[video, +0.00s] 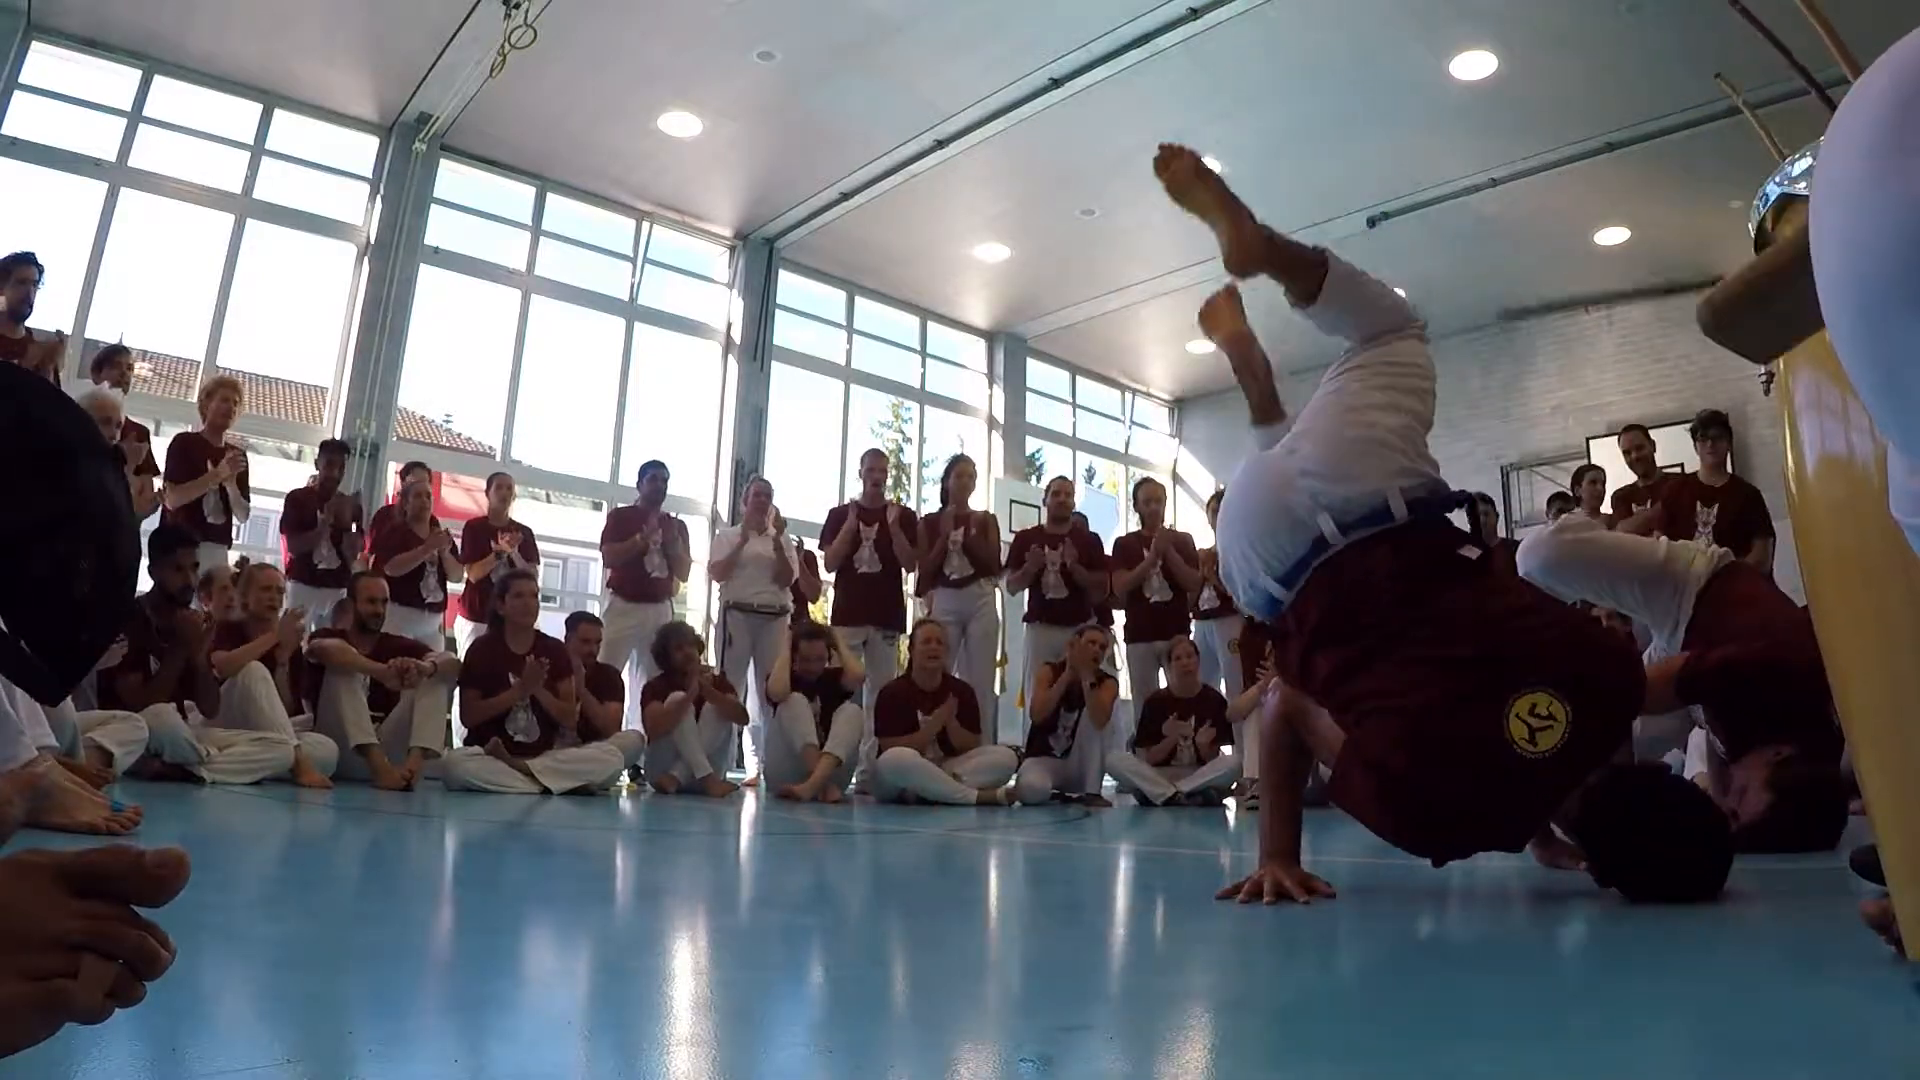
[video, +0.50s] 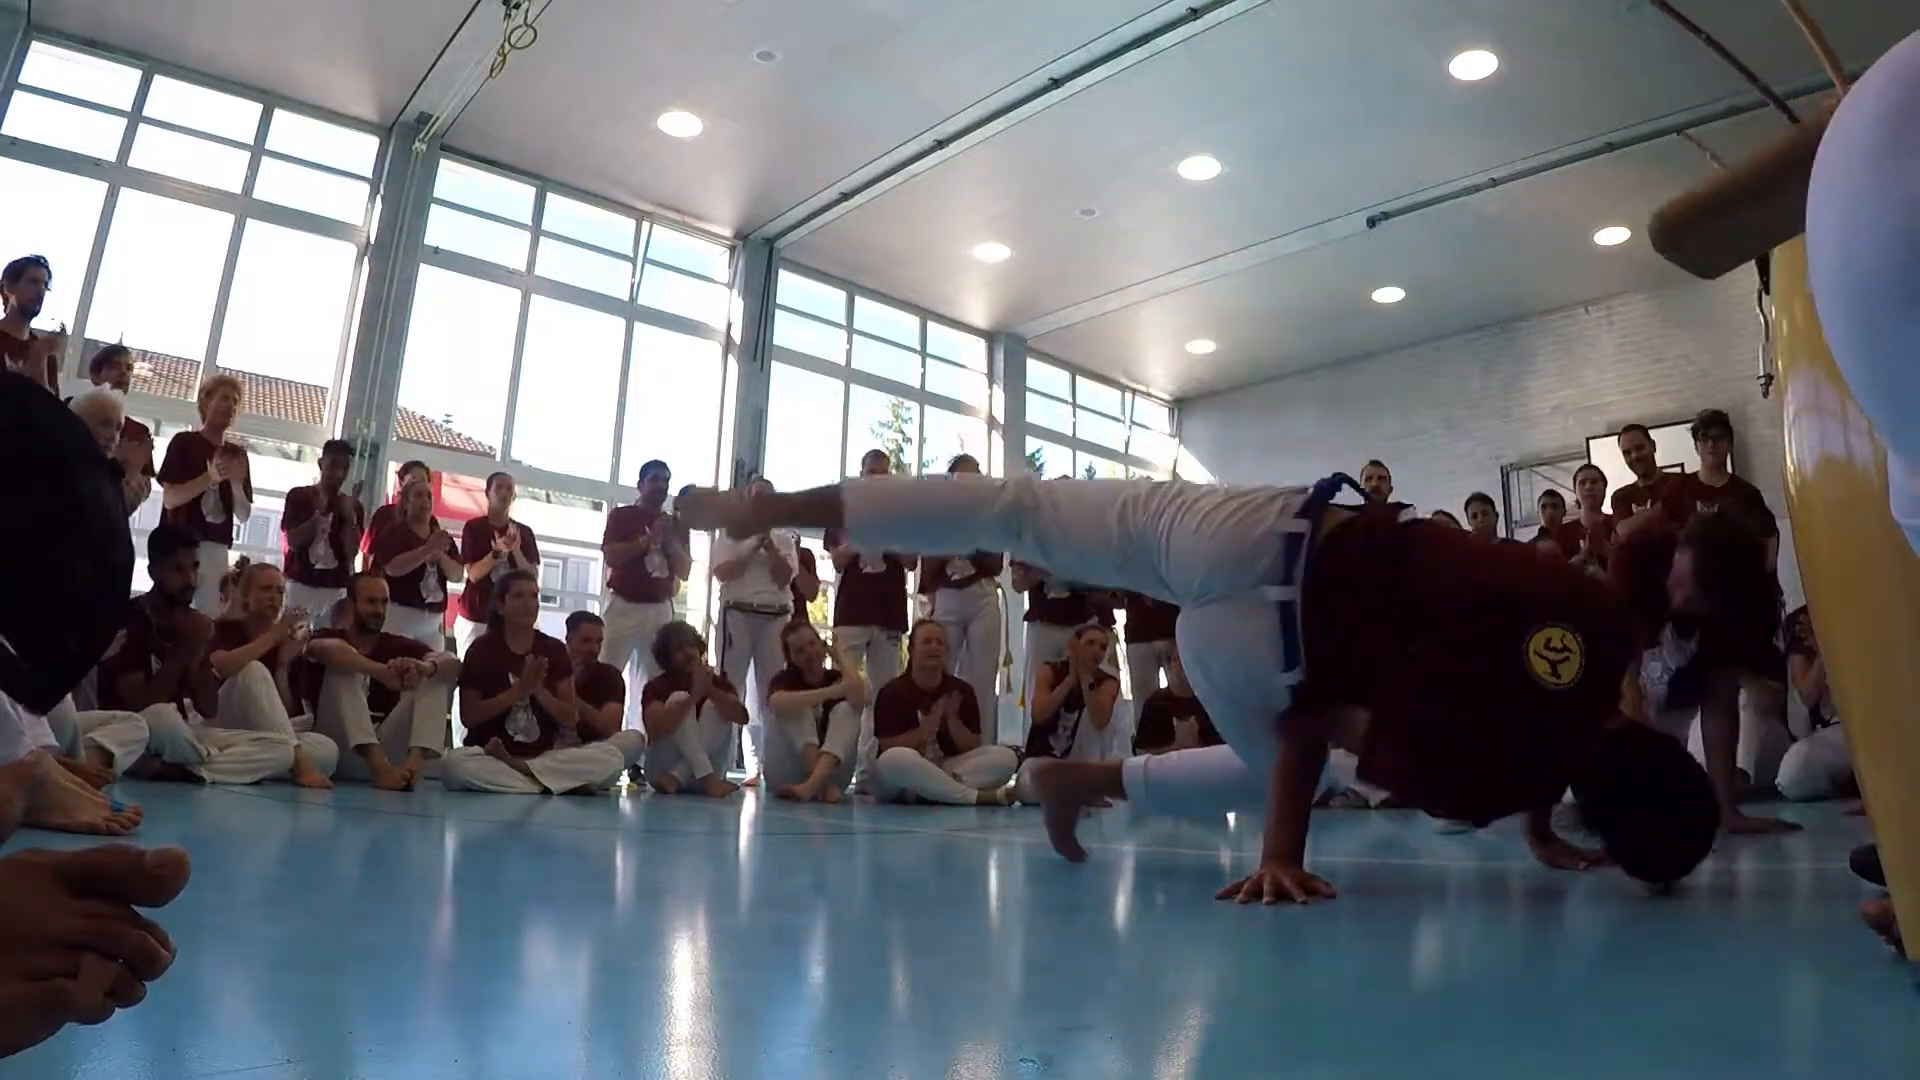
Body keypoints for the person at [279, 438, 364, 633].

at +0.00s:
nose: (335, 472)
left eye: (341, 467)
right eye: (329, 465)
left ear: (345, 469)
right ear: (317, 464)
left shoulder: (350, 505)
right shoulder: (297, 498)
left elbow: (352, 554)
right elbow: (294, 546)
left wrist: (346, 525)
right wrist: (322, 529)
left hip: (337, 588)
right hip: (302, 585)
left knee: (331, 654)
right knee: (293, 651)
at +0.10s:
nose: (334, 473)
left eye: (340, 468)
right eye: (329, 465)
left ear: (345, 470)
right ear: (317, 465)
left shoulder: (351, 507)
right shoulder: (295, 498)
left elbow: (354, 555)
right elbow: (291, 546)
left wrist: (357, 528)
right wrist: (312, 517)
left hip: (335, 590)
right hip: (301, 585)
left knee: (329, 655)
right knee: (291, 650)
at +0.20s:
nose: (335, 472)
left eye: (341, 467)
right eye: (330, 464)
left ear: (345, 470)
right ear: (318, 464)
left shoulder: (351, 506)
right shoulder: (297, 498)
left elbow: (351, 554)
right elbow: (294, 547)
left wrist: (345, 522)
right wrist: (315, 527)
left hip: (336, 588)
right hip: (301, 584)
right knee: (292, 651)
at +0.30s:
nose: (336, 472)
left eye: (342, 467)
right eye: (330, 464)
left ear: (346, 470)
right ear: (318, 464)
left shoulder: (351, 505)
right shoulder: (297, 497)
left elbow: (350, 552)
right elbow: (291, 545)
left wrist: (348, 523)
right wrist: (313, 515)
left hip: (336, 586)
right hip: (301, 582)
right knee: (292, 649)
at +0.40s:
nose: (337, 472)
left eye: (343, 467)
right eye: (331, 465)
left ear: (347, 471)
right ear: (319, 464)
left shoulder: (352, 507)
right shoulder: (297, 497)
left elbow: (353, 553)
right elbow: (288, 539)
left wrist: (359, 525)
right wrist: (304, 511)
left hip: (335, 588)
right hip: (301, 583)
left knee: (330, 652)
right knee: (292, 648)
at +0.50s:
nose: (337, 473)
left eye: (343, 468)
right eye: (332, 465)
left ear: (348, 471)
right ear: (321, 464)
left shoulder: (353, 506)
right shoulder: (298, 496)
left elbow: (352, 551)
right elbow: (293, 540)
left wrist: (348, 515)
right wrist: (317, 518)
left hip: (336, 589)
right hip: (301, 584)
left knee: (330, 653)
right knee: (293, 649)